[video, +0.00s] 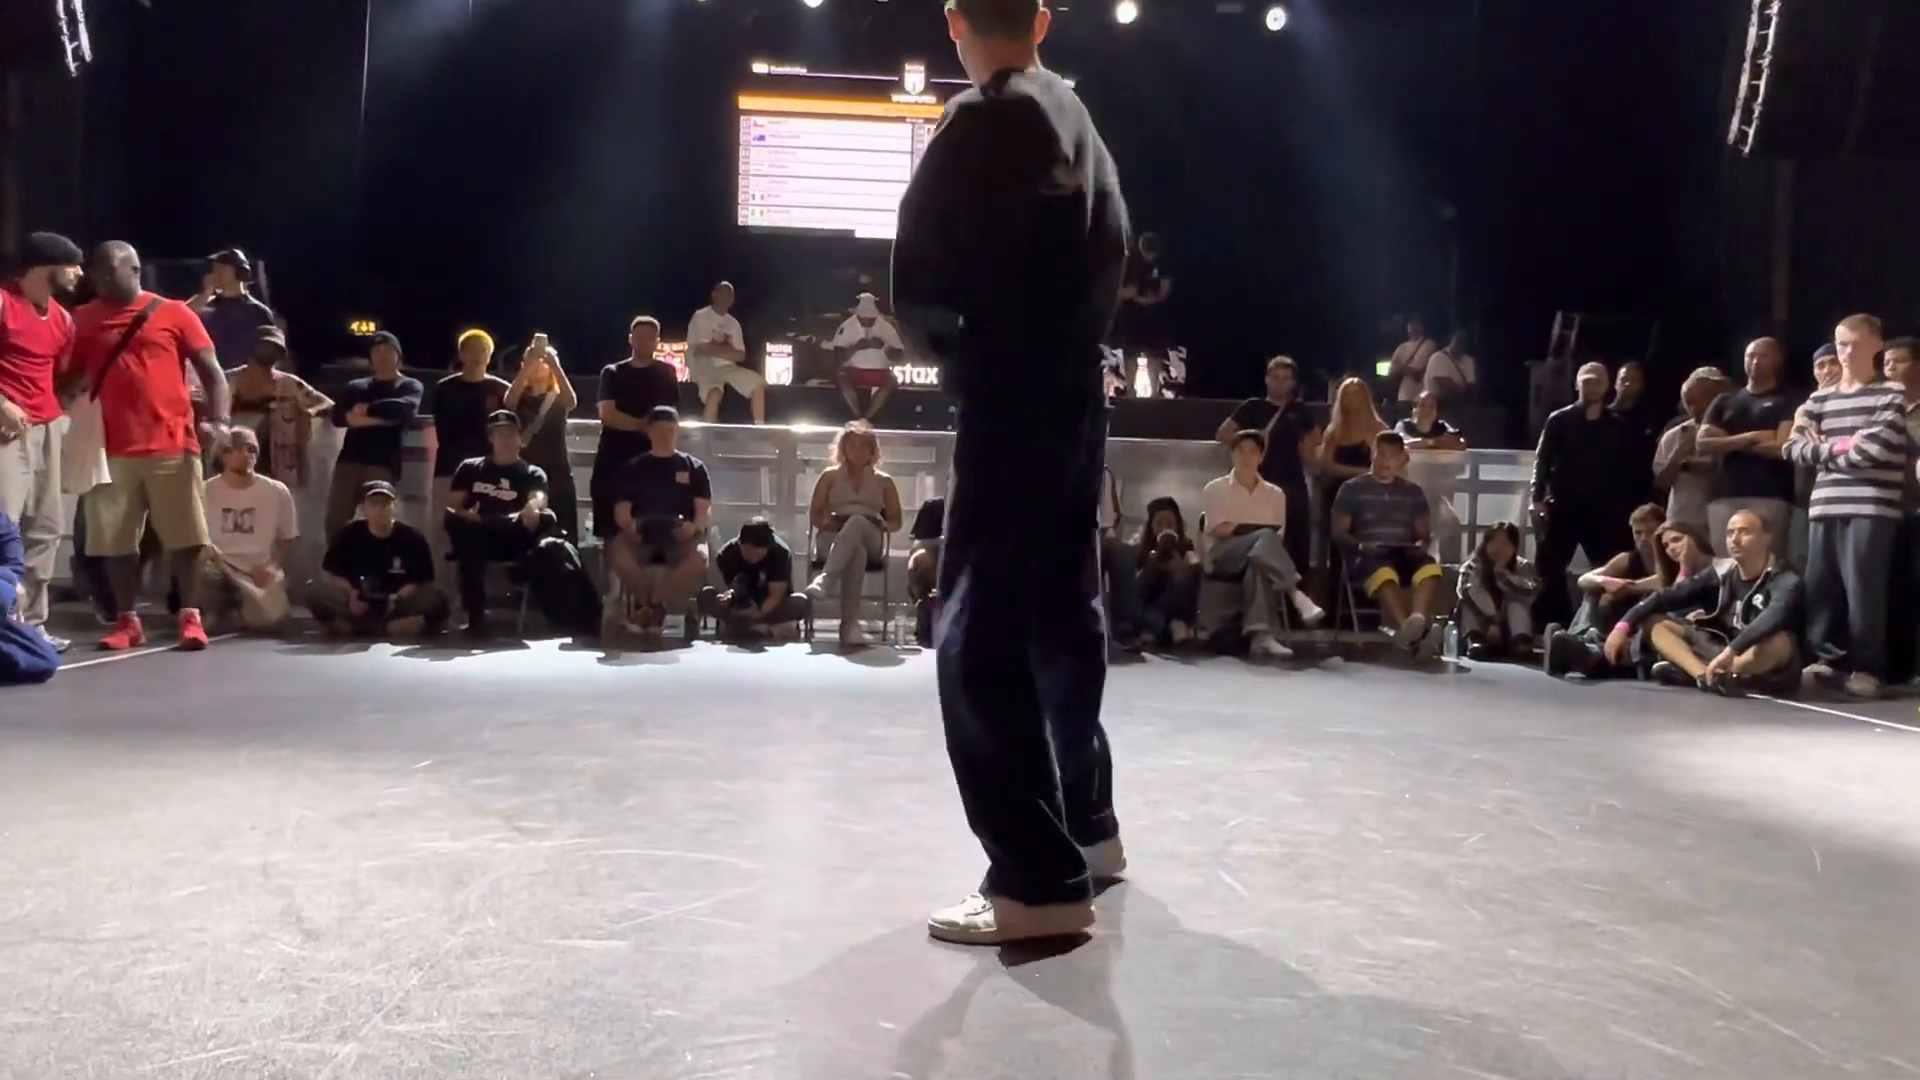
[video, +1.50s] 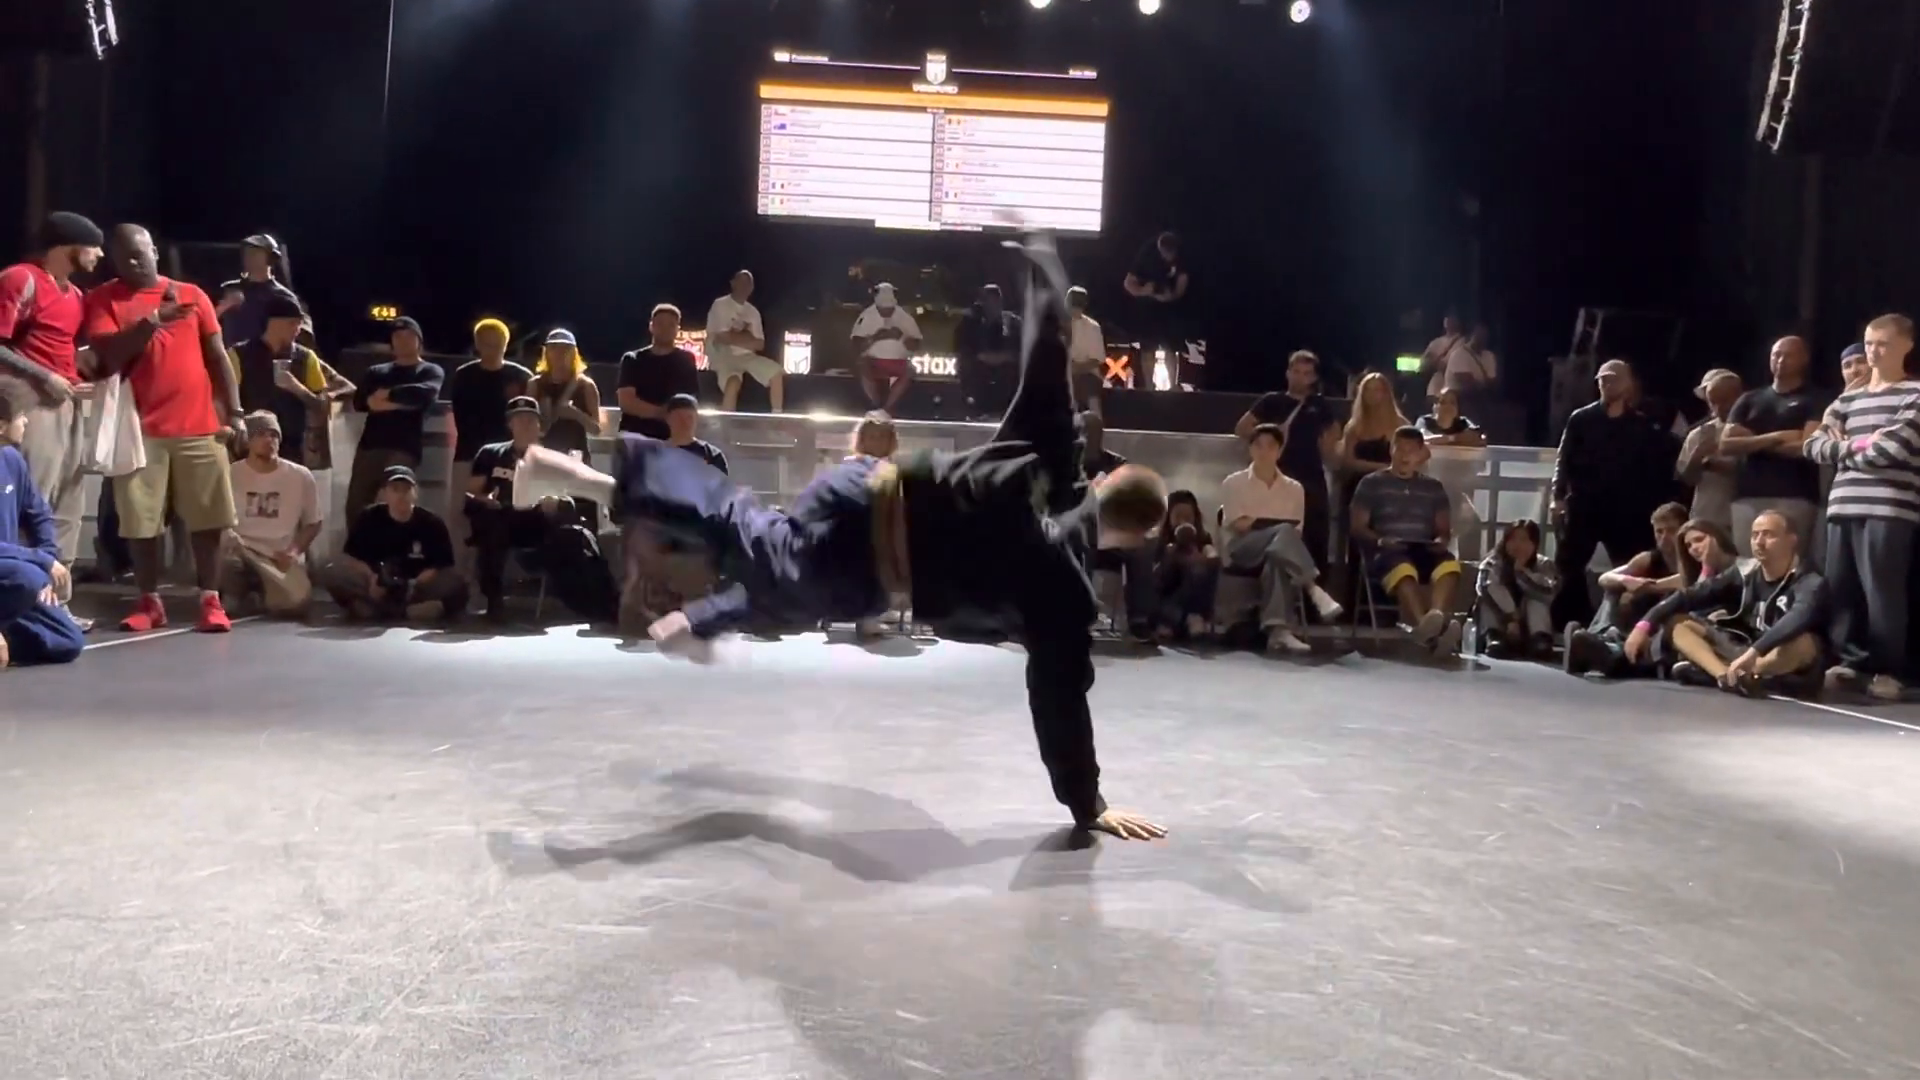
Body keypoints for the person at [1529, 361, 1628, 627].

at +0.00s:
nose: (1591, 386)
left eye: (1597, 381)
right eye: (1586, 381)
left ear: (1607, 387)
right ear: (1576, 386)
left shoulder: (1619, 423)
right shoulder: (1559, 420)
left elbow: (1630, 465)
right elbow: (1542, 462)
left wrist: (1629, 503)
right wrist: (1537, 499)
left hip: (1605, 508)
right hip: (1563, 507)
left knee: (1615, 571)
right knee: (1549, 567)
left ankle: (1617, 630)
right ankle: (1554, 626)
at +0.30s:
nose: (1607, 387)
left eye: (1610, 382)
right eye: (1600, 381)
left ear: (1614, 387)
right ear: (1584, 386)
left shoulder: (1624, 425)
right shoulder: (1563, 423)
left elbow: (1636, 468)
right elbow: (1546, 465)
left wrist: (1633, 504)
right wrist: (1542, 501)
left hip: (1611, 510)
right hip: (1569, 510)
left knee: (1619, 575)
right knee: (1553, 571)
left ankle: (1620, 634)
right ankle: (1558, 629)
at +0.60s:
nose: (1614, 385)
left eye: (1615, 381)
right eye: (1607, 381)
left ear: (1617, 387)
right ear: (1590, 387)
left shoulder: (1627, 425)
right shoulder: (1567, 423)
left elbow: (1641, 468)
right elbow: (1551, 465)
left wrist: (1639, 505)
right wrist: (1546, 501)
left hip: (1615, 509)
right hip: (1573, 510)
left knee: (1623, 572)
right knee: (1558, 570)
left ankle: (1625, 632)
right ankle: (1564, 629)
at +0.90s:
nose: (1608, 386)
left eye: (1614, 380)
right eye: (1603, 380)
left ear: (1622, 387)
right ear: (1591, 385)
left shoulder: (1634, 425)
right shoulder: (1573, 422)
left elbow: (1646, 468)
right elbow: (1556, 464)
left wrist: (1644, 505)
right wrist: (1551, 500)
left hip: (1621, 509)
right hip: (1578, 509)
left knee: (1629, 572)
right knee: (1563, 570)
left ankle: (1631, 631)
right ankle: (1563, 628)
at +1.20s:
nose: (1607, 383)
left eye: (1614, 378)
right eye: (1603, 378)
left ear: (1625, 384)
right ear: (1595, 384)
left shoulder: (1638, 423)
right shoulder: (1578, 419)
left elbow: (1651, 465)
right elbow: (1561, 462)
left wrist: (1649, 502)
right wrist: (1554, 498)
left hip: (1624, 507)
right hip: (1582, 508)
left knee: (1634, 570)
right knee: (1566, 567)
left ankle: (1637, 628)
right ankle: (1572, 625)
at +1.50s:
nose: (1605, 384)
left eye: (1612, 378)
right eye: (1602, 379)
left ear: (1629, 384)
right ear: (1596, 384)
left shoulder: (1646, 424)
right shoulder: (1581, 419)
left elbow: (1657, 468)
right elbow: (1564, 461)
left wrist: (1655, 504)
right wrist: (1558, 496)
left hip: (1627, 508)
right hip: (1585, 508)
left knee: (1638, 570)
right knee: (1568, 565)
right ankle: (1575, 625)